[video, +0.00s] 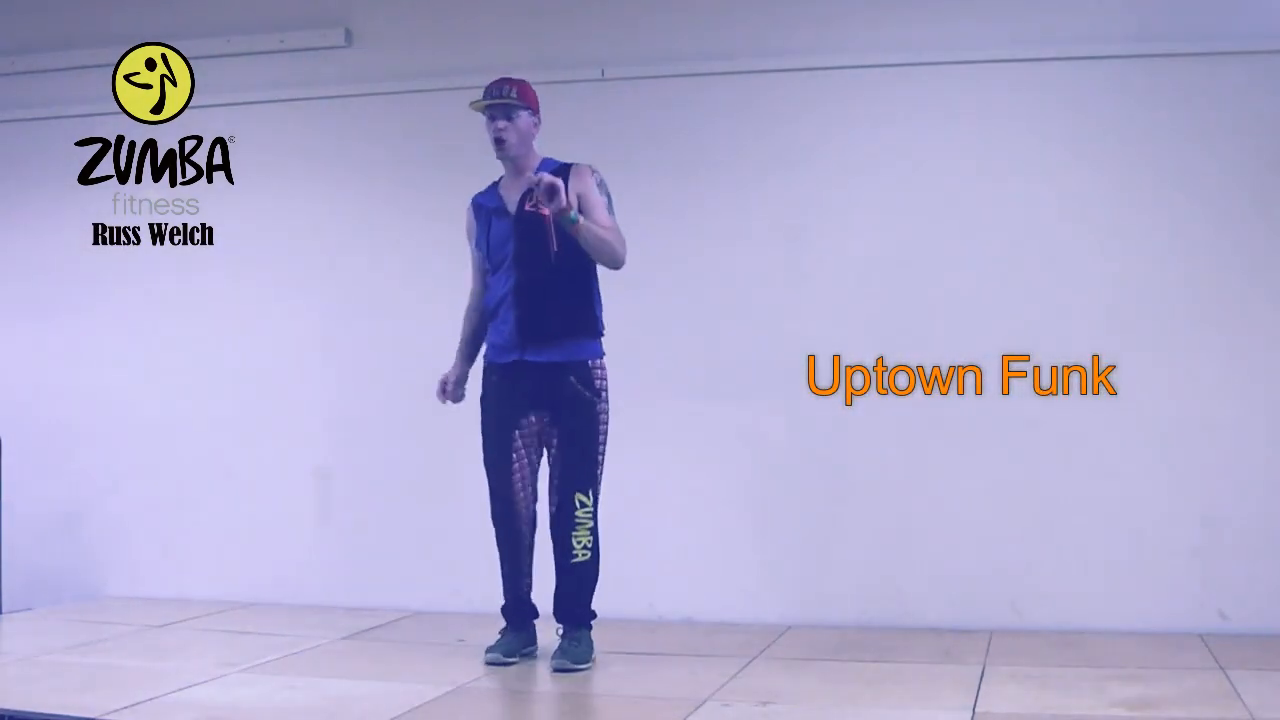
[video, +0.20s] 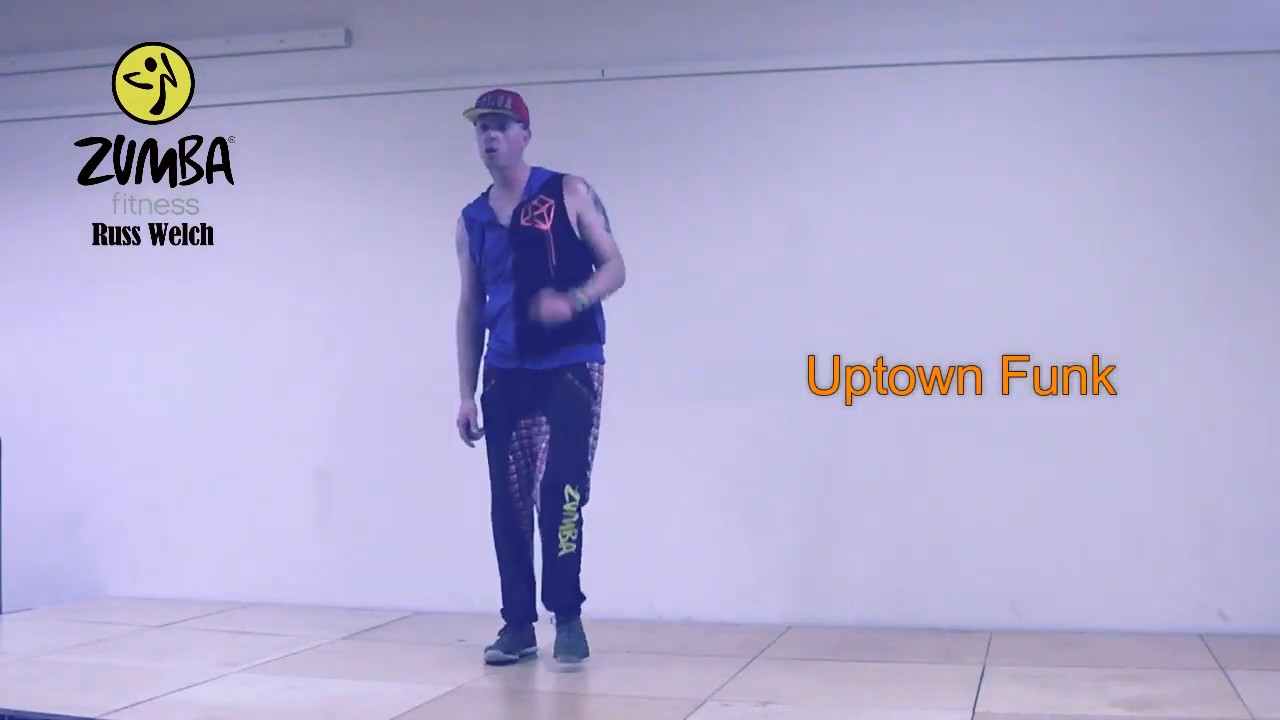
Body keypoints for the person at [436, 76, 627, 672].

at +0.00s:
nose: (498, 127)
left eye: (508, 116)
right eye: (490, 119)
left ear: (534, 121)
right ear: (484, 129)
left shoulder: (578, 180)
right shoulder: (482, 206)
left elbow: (615, 254)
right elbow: (480, 292)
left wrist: (568, 213)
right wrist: (461, 363)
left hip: (575, 368)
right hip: (508, 371)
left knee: (574, 505)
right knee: (510, 505)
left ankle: (576, 629)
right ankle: (518, 627)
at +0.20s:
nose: (490, 137)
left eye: (500, 127)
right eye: (482, 129)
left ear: (525, 133)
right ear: (475, 139)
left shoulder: (568, 192)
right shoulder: (472, 219)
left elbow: (615, 267)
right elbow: (469, 309)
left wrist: (574, 299)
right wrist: (466, 393)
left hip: (570, 368)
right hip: (506, 374)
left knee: (562, 497)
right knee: (509, 502)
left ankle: (568, 621)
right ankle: (517, 626)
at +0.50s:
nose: (512, 124)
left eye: (522, 113)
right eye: (502, 116)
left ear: (546, 121)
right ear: (493, 129)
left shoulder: (584, 185)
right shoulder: (489, 205)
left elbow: (645, 256)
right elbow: (482, 293)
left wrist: (641, 224)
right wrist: (460, 375)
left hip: (585, 370)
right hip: (520, 376)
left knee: (597, 503)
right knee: (524, 505)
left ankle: (621, 633)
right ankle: (518, 628)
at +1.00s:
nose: (543, 137)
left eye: (552, 125)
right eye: (532, 130)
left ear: (575, 128)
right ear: (523, 138)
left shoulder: (610, 200)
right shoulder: (524, 204)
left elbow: (629, 295)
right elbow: (518, 297)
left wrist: (657, 290)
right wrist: (505, 375)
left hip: (596, 375)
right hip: (535, 376)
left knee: (597, 502)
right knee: (508, 492)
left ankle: (621, 634)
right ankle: (561, 608)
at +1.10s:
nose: (540, 143)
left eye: (549, 131)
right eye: (530, 135)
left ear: (571, 133)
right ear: (521, 142)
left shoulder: (601, 205)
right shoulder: (517, 205)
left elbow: (620, 296)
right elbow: (511, 292)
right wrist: (498, 373)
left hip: (580, 382)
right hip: (520, 382)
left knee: (593, 512)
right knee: (482, 489)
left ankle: (620, 634)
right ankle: (511, 609)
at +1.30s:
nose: (518, 137)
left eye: (528, 126)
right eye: (509, 129)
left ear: (551, 128)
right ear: (499, 136)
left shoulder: (574, 204)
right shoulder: (488, 196)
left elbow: (585, 301)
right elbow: (472, 279)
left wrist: (522, 357)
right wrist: (451, 358)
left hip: (551, 371)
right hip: (490, 369)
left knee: (553, 494)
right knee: (491, 498)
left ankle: (600, 625)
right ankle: (486, 624)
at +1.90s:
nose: (504, 114)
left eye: (510, 104)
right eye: (490, 107)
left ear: (524, 114)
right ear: (472, 124)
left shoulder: (556, 185)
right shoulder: (462, 197)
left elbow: (584, 275)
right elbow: (460, 290)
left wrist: (550, 275)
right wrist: (459, 369)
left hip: (551, 364)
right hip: (487, 368)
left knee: (560, 494)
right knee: (495, 501)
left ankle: (607, 634)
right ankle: (488, 623)